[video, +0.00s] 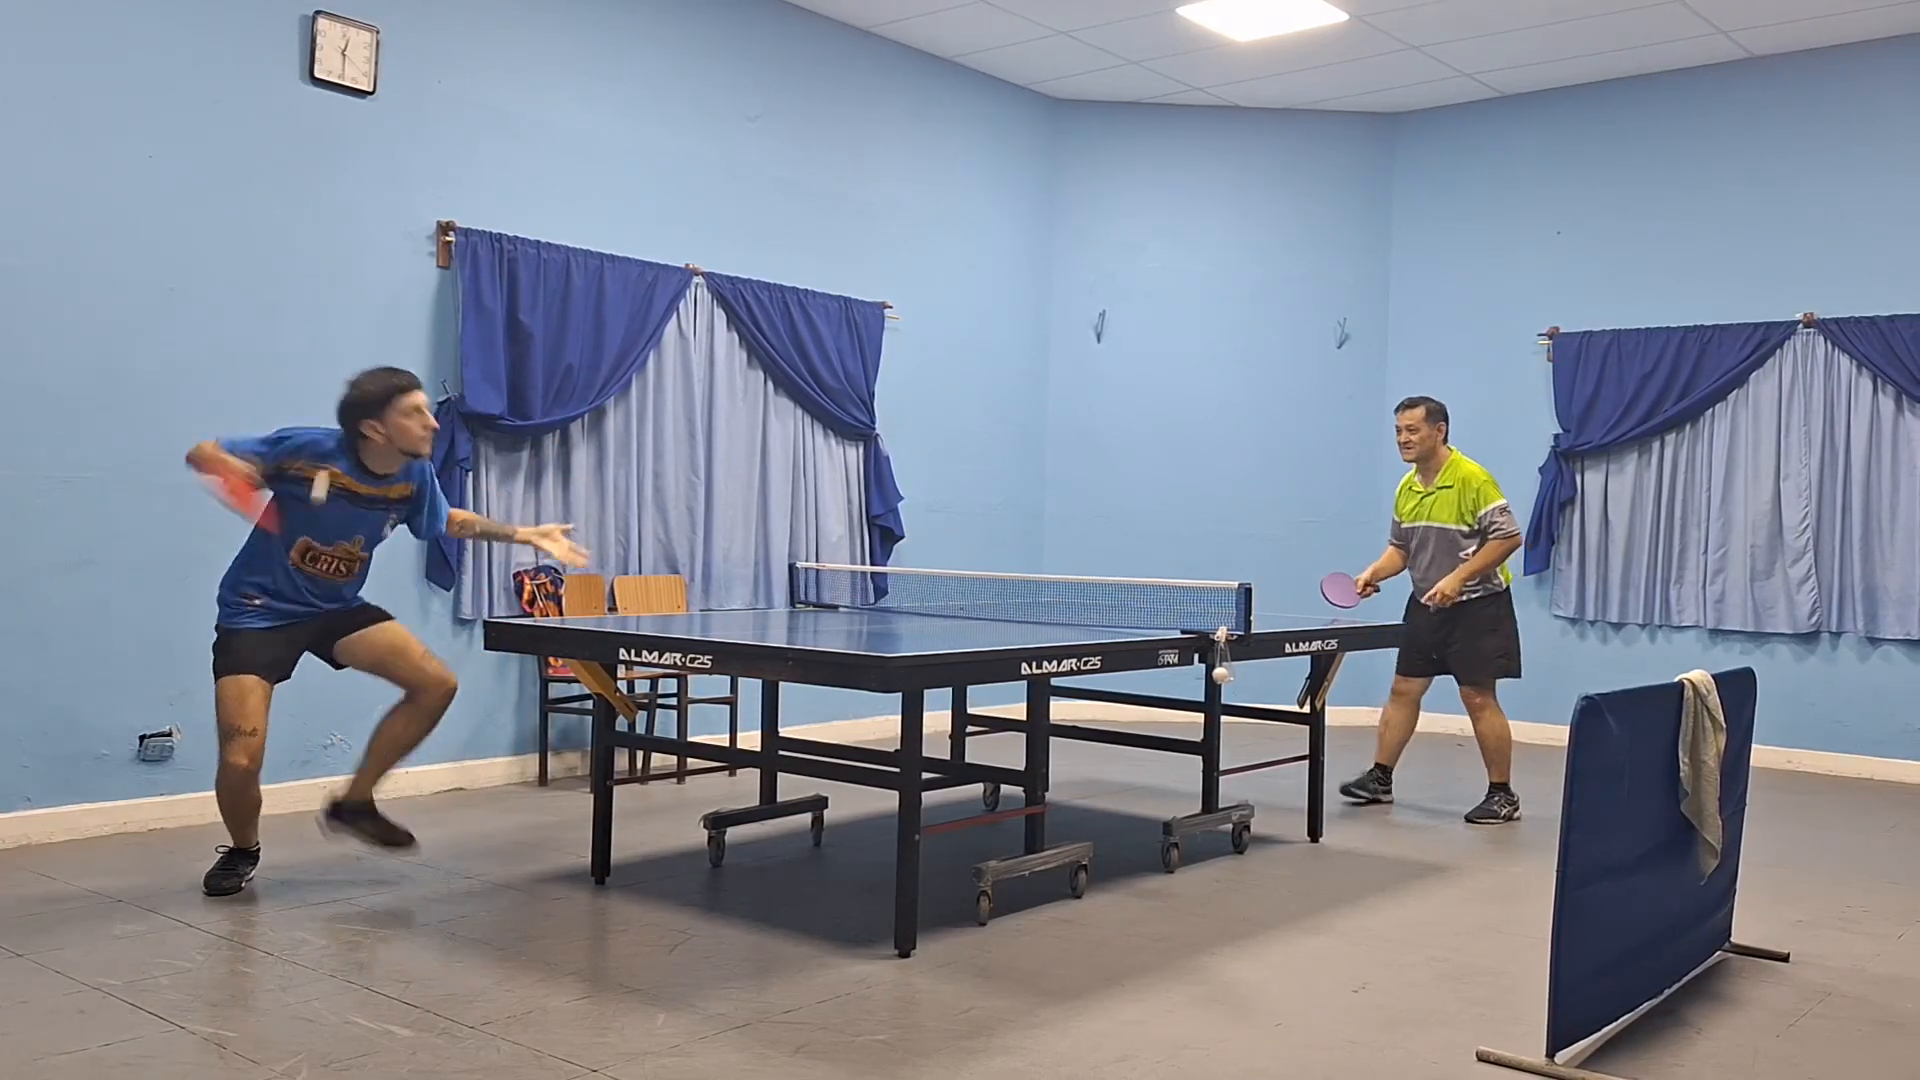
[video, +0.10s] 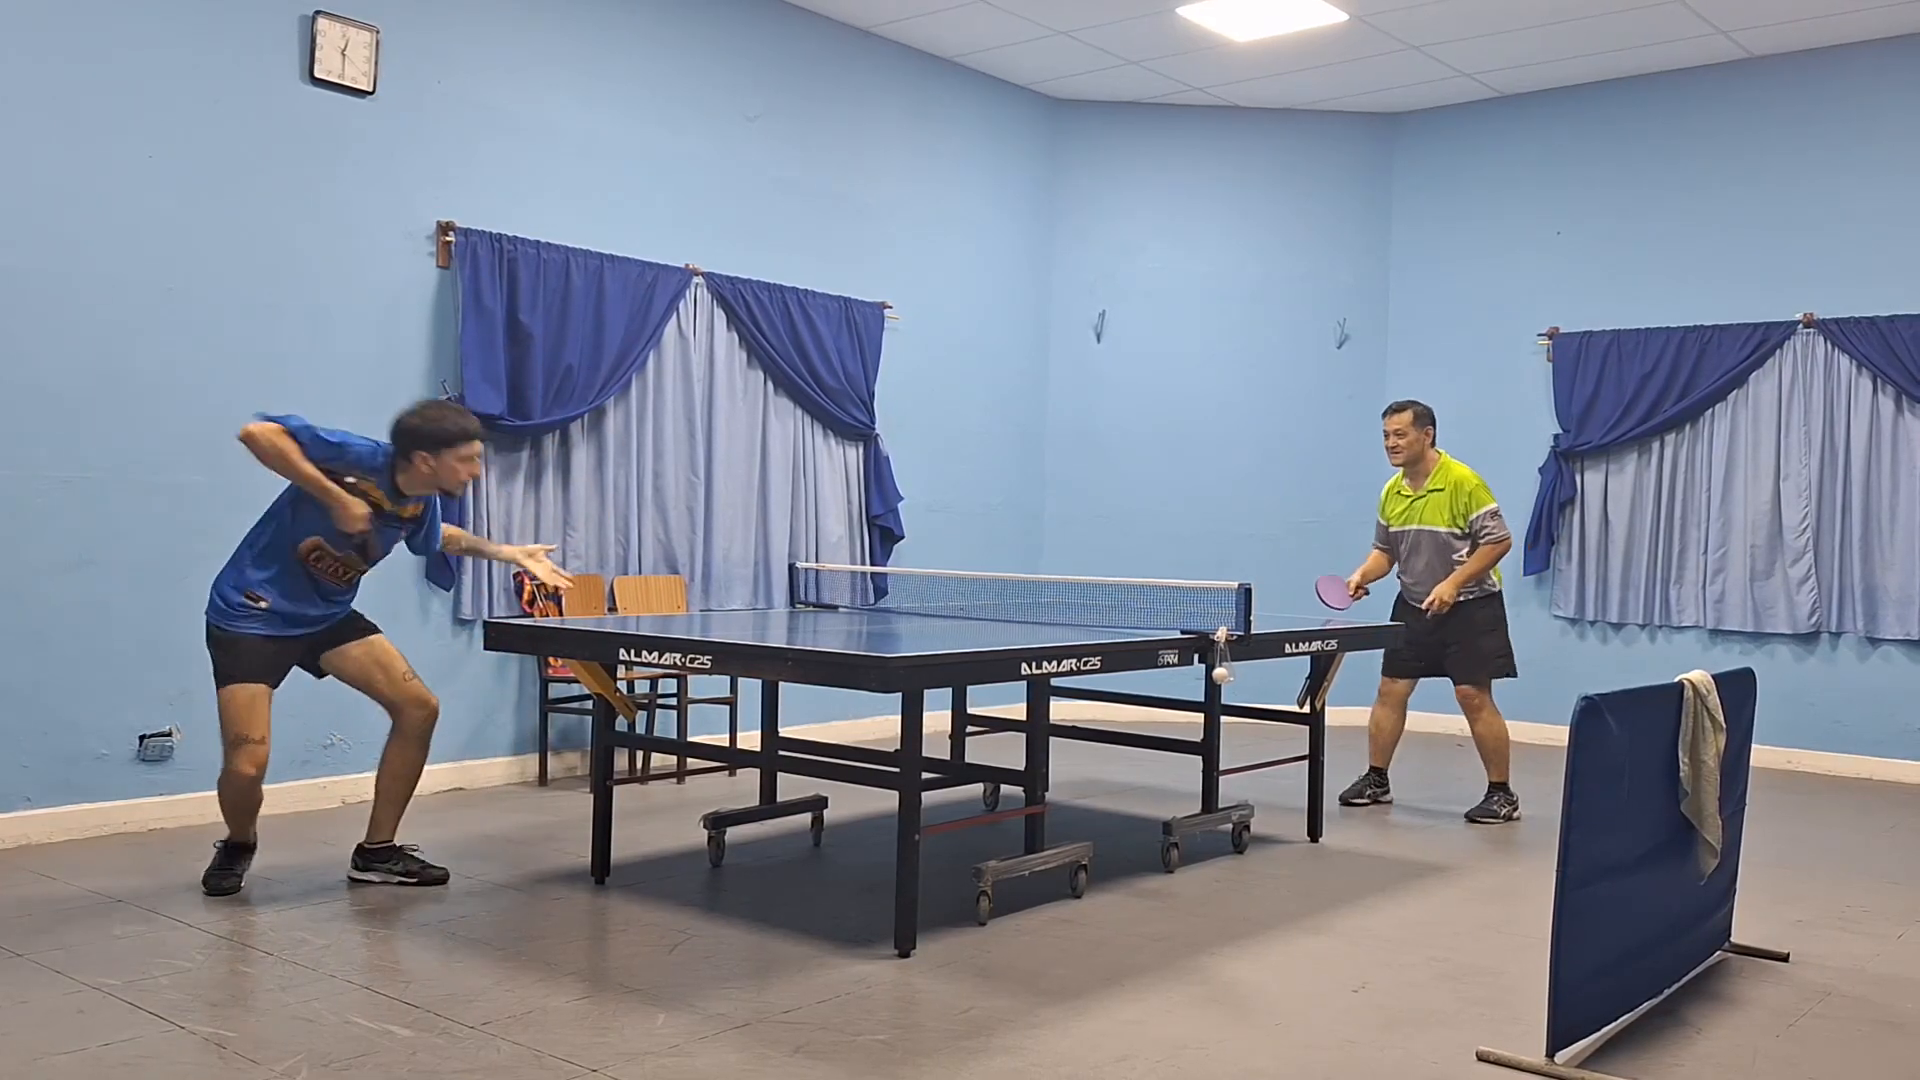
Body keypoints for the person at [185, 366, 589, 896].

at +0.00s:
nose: (432, 422)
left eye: (428, 411)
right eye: (417, 414)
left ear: (384, 430)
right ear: (374, 430)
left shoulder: (416, 474)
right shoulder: (308, 449)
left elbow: (448, 521)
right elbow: (200, 453)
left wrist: (523, 533)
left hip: (335, 609)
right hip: (257, 610)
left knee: (435, 684)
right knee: (240, 759)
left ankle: (353, 802)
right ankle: (242, 849)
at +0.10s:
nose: (476, 472)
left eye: (477, 460)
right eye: (468, 460)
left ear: (429, 462)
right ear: (426, 460)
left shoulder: (424, 503)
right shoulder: (358, 459)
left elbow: (434, 538)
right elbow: (258, 434)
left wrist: (508, 552)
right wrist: (336, 499)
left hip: (324, 613)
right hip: (250, 611)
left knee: (417, 708)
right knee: (246, 766)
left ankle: (377, 849)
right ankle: (238, 845)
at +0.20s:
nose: (496, 475)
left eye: (497, 463)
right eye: (491, 462)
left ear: (455, 461)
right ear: (455, 460)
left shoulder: (416, 505)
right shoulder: (379, 459)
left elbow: (409, 538)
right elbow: (283, 445)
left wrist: (480, 556)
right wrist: (366, 503)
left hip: (323, 615)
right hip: (254, 610)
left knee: (416, 708)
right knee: (271, 759)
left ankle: (377, 850)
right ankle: (203, 814)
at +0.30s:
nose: (494, 451)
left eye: (495, 439)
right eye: (490, 438)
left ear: (455, 439)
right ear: (455, 436)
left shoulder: (412, 490)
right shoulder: (381, 440)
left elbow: (390, 531)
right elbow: (296, 439)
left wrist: (453, 550)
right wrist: (376, 502)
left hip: (317, 603)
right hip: (254, 591)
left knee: (397, 708)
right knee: (286, 738)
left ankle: (376, 849)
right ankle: (155, 799)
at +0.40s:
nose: (486, 436)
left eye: (488, 424)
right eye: (482, 423)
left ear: (445, 422)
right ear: (448, 421)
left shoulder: (389, 476)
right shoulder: (377, 431)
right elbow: (299, 439)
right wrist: (371, 511)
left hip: (282, 583)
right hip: (233, 570)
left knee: (352, 699)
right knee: (286, 719)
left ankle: (345, 845)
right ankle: (151, 848)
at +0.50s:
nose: (469, 444)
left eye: (469, 431)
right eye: (463, 431)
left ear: (428, 433)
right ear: (428, 432)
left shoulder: (374, 495)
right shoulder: (360, 452)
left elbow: (308, 569)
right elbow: (285, 478)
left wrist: (325, 571)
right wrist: (380, 548)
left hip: (256, 601)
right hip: (215, 592)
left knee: (323, 724)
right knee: (276, 741)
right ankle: (195, 918)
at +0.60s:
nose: (448, 466)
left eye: (446, 453)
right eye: (441, 454)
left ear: (401, 460)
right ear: (404, 459)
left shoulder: (353, 526)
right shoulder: (337, 494)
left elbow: (292, 601)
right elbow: (278, 551)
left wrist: (379, 582)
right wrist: (370, 584)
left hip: (228, 633)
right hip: (197, 628)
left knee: (314, 742)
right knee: (297, 759)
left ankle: (212, 864)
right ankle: (206, 945)